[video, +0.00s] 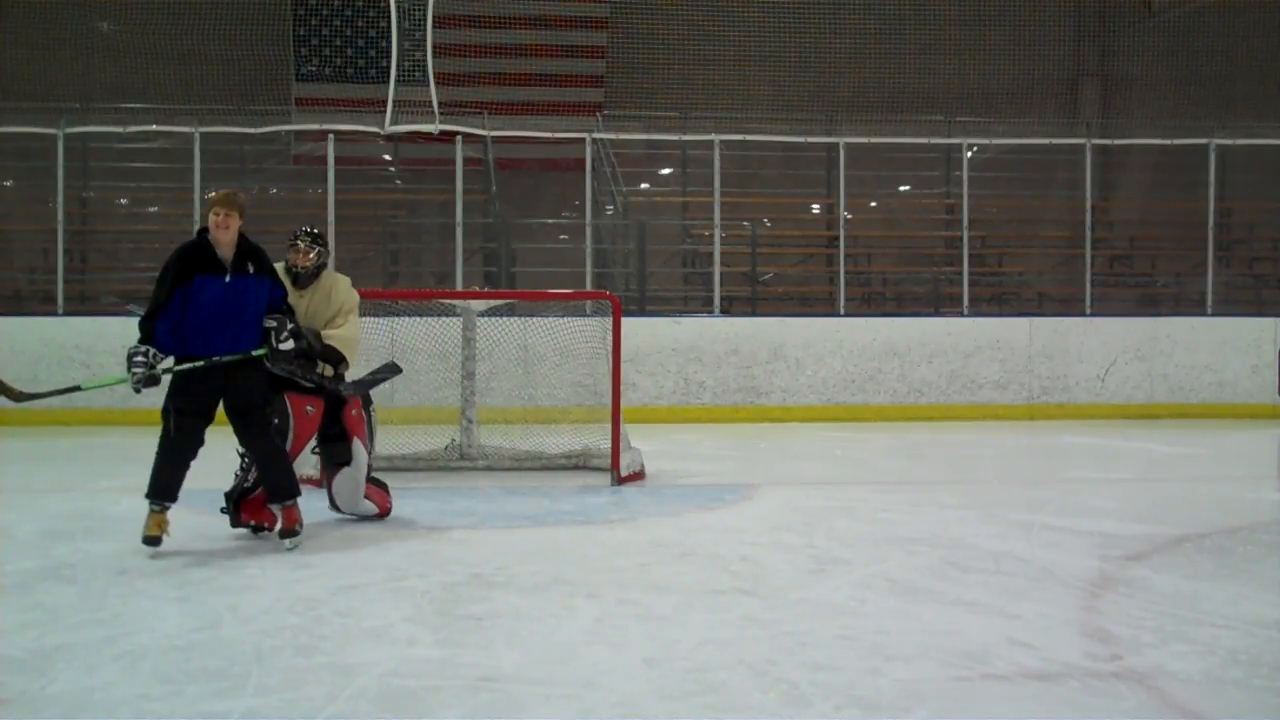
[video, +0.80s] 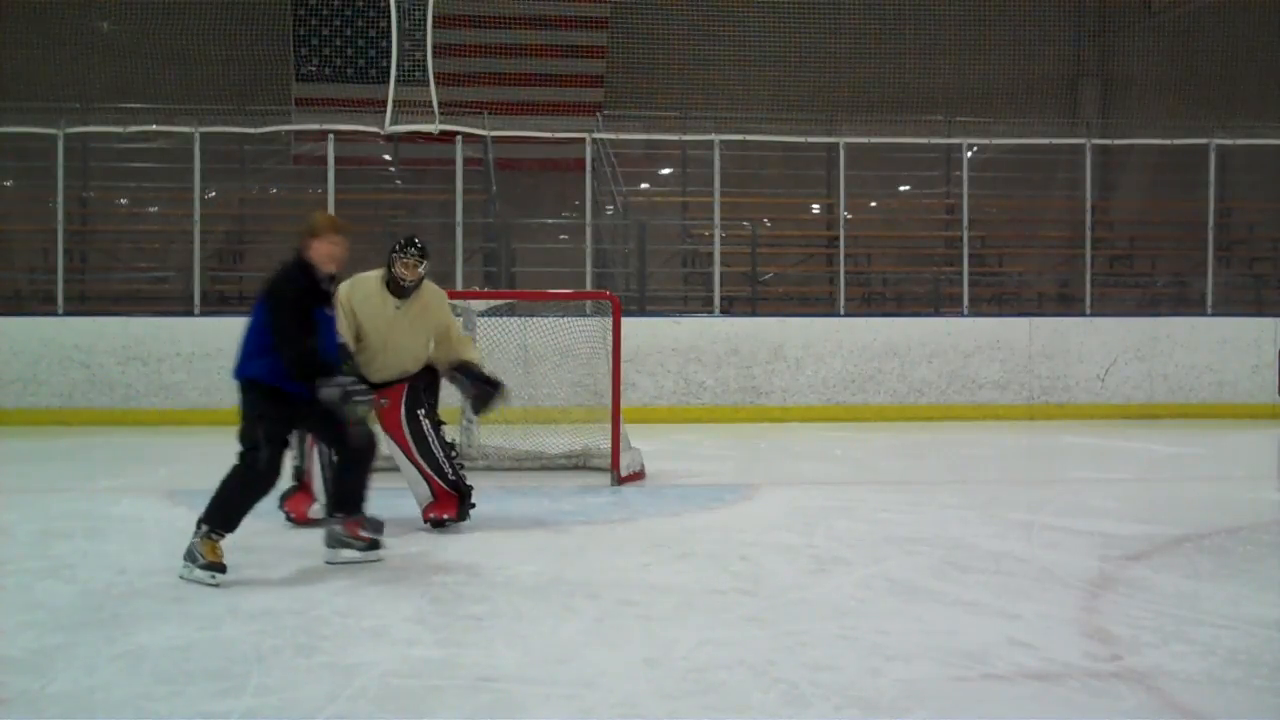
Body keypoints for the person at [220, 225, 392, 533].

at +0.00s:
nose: (300, 258)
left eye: (308, 253)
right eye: (295, 251)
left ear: (321, 256)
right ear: (288, 254)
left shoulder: (340, 288)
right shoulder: (273, 278)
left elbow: (347, 336)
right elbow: (257, 316)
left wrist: (313, 346)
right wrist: (274, 342)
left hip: (320, 371)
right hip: (275, 367)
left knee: (336, 414)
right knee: (266, 419)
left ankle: (343, 488)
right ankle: (250, 488)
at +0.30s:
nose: (320, 265)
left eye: (328, 260)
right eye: (314, 258)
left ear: (339, 264)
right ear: (305, 259)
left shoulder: (356, 295)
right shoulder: (281, 282)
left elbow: (358, 350)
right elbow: (257, 324)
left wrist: (323, 354)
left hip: (334, 383)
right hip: (283, 377)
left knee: (371, 393)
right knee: (284, 411)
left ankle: (383, 493)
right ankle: (242, 496)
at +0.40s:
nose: (339, 270)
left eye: (347, 265)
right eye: (333, 262)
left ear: (357, 270)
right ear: (323, 264)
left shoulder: (372, 301)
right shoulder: (296, 287)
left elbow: (380, 348)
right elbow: (264, 321)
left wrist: (361, 371)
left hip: (348, 389)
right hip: (297, 382)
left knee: (387, 397)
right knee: (288, 428)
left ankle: (404, 495)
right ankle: (235, 499)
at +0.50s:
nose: (364, 272)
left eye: (372, 267)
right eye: (359, 265)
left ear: (383, 273)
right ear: (348, 265)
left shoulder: (393, 306)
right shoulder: (316, 289)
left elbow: (404, 356)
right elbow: (275, 316)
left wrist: (385, 374)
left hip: (364, 388)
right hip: (313, 381)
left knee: (407, 405)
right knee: (293, 438)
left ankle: (424, 497)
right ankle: (236, 500)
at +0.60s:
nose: (388, 267)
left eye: (396, 262)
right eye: (383, 260)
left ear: (404, 268)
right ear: (372, 261)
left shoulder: (415, 301)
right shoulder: (338, 285)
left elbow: (429, 349)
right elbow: (300, 315)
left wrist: (416, 368)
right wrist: (317, 330)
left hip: (387, 381)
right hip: (331, 377)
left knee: (421, 426)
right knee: (299, 440)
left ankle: (439, 503)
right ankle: (242, 504)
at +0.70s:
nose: (400, 269)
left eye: (407, 264)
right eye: (395, 262)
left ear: (417, 269)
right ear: (384, 261)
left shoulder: (428, 300)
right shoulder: (353, 283)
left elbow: (447, 341)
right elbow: (327, 312)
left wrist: (443, 361)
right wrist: (327, 344)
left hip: (398, 376)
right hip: (349, 372)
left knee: (411, 432)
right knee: (312, 424)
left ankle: (444, 499)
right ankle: (279, 492)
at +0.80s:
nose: (410, 273)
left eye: (417, 266)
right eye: (405, 264)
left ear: (424, 268)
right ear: (392, 262)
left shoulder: (433, 299)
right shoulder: (354, 292)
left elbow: (452, 345)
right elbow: (338, 340)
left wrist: (473, 377)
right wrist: (345, 376)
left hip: (411, 376)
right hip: (361, 377)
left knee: (410, 427)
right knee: (322, 426)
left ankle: (449, 497)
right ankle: (311, 492)